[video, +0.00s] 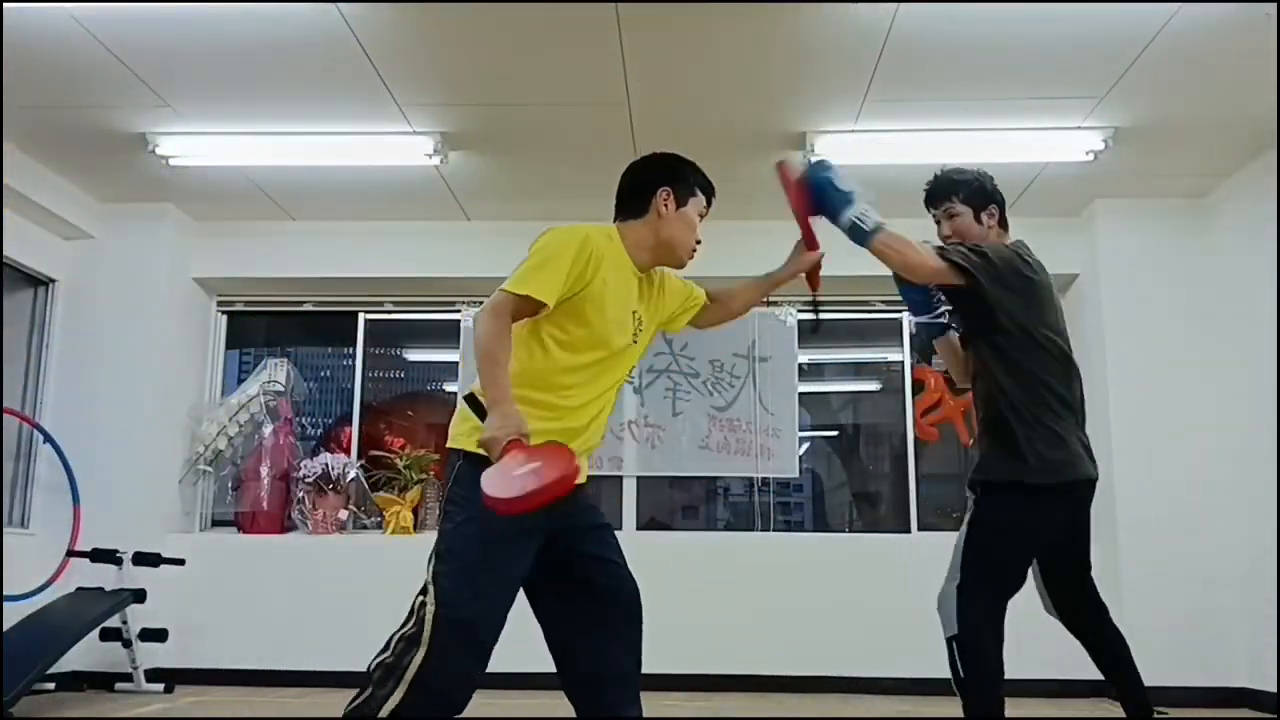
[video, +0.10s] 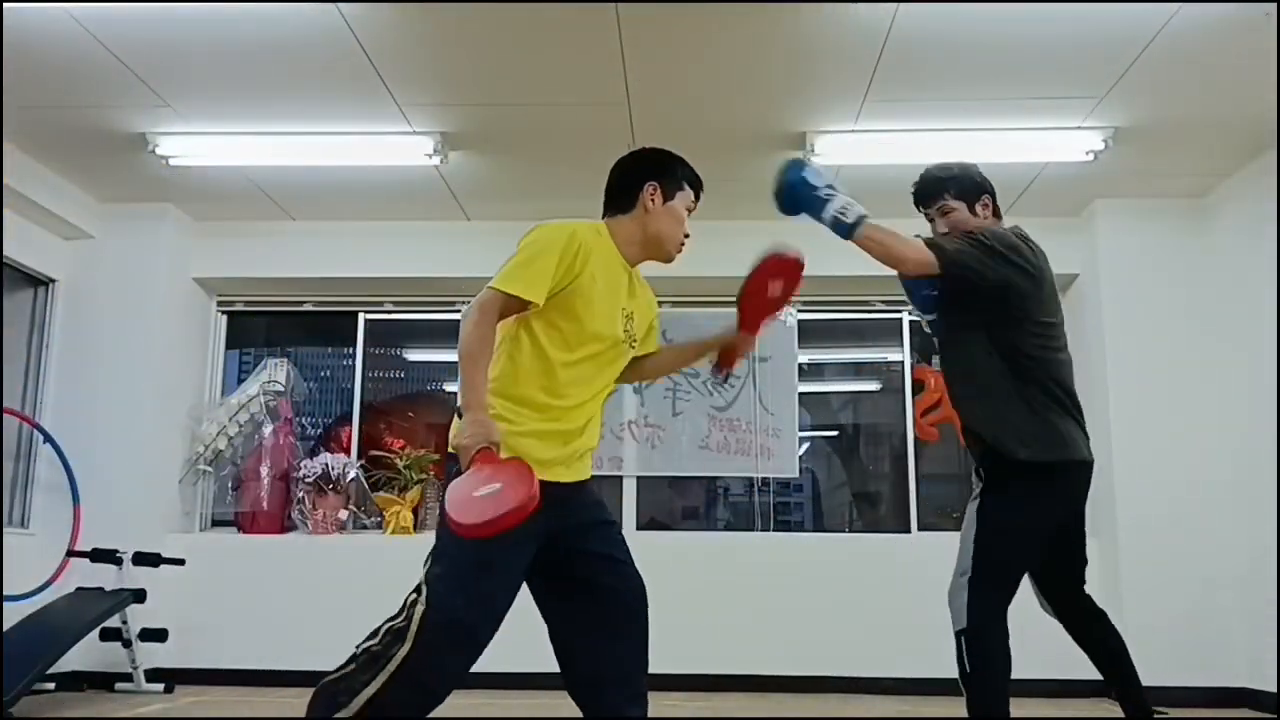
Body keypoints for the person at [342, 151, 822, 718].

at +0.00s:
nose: (703, 233)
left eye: (706, 220)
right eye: (700, 215)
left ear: (664, 207)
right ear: (664, 202)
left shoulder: (660, 290)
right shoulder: (579, 246)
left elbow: (714, 306)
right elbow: (493, 317)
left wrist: (785, 274)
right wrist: (501, 406)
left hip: (560, 478)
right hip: (496, 464)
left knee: (608, 609)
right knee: (455, 630)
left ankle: (614, 713)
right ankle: (378, 711)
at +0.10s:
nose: (690, 230)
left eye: (692, 216)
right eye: (687, 211)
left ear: (652, 203)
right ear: (652, 199)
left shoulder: (640, 297)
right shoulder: (566, 242)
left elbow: (638, 367)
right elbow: (482, 313)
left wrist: (714, 344)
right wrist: (475, 412)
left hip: (570, 488)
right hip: (503, 477)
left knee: (614, 615)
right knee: (443, 630)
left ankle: (619, 716)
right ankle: (335, 709)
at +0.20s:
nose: (663, 231)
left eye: (666, 217)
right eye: (660, 212)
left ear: (625, 205)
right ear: (625, 200)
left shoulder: (606, 302)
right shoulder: (546, 245)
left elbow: (558, 398)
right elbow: (462, 318)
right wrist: (461, 424)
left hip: (562, 496)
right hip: (488, 488)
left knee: (619, 615)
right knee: (412, 631)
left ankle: (623, 714)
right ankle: (299, 707)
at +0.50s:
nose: (555, 262)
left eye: (558, 248)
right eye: (553, 242)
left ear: (517, 233)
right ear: (519, 229)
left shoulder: (473, 312)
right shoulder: (450, 265)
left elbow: (431, 421)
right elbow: (414, 348)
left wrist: (513, 425)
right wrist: (470, 441)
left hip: (443, 501)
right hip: (377, 496)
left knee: (511, 626)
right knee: (336, 663)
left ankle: (548, 711)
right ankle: (279, 711)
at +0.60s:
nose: (543, 261)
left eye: (546, 247)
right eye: (541, 241)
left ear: (505, 230)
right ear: (506, 226)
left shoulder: (463, 305)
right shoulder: (440, 258)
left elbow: (419, 414)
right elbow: (399, 337)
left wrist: (502, 421)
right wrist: (462, 424)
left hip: (436, 496)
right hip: (371, 490)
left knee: (507, 609)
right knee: (335, 657)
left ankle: (517, 712)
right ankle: (273, 712)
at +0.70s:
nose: (547, 259)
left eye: (550, 244)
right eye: (545, 239)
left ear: (511, 230)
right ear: (512, 225)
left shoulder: (467, 306)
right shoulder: (447, 253)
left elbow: (423, 414)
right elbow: (390, 326)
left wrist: (506, 414)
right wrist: (441, 417)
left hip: (435, 493)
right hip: (373, 488)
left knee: (504, 611)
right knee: (335, 651)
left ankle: (517, 712)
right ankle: (270, 711)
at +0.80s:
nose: (567, 259)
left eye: (569, 245)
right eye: (564, 239)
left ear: (526, 231)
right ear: (528, 225)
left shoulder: (484, 307)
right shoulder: (463, 254)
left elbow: (454, 407)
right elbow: (393, 325)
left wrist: (529, 394)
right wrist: (415, 417)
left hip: (446, 496)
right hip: (381, 487)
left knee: (513, 612)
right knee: (337, 648)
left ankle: (520, 713)